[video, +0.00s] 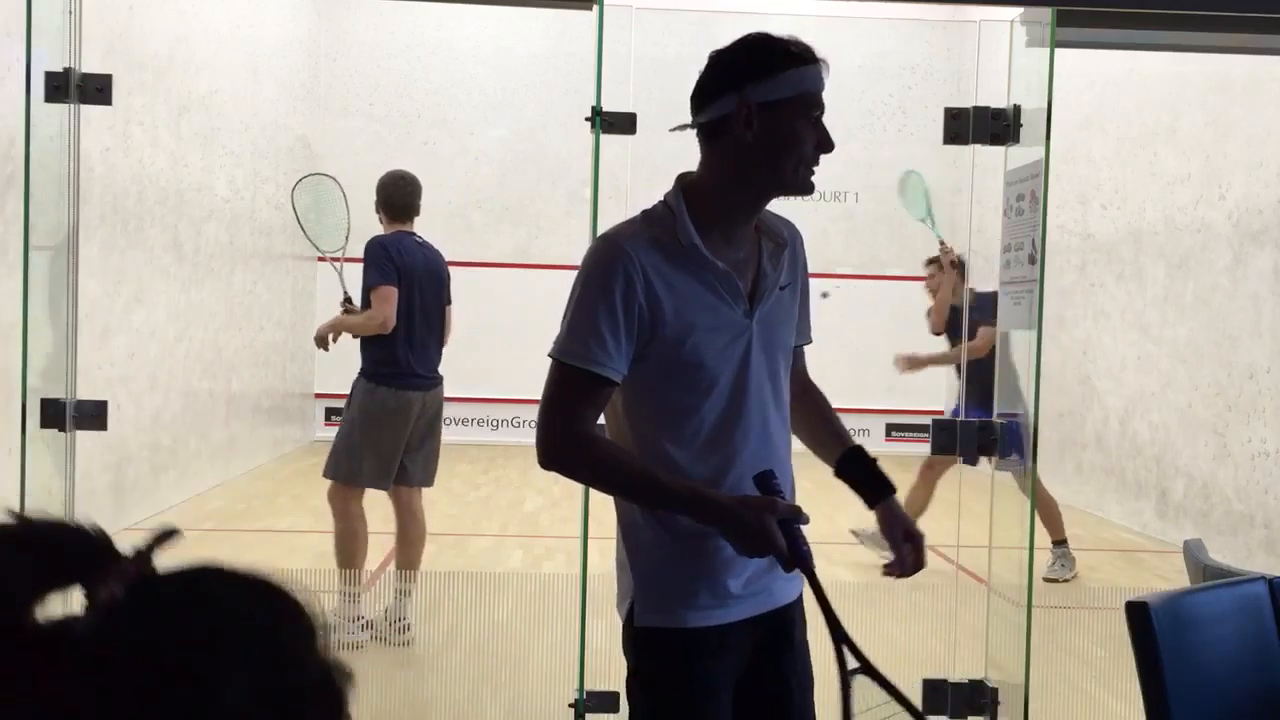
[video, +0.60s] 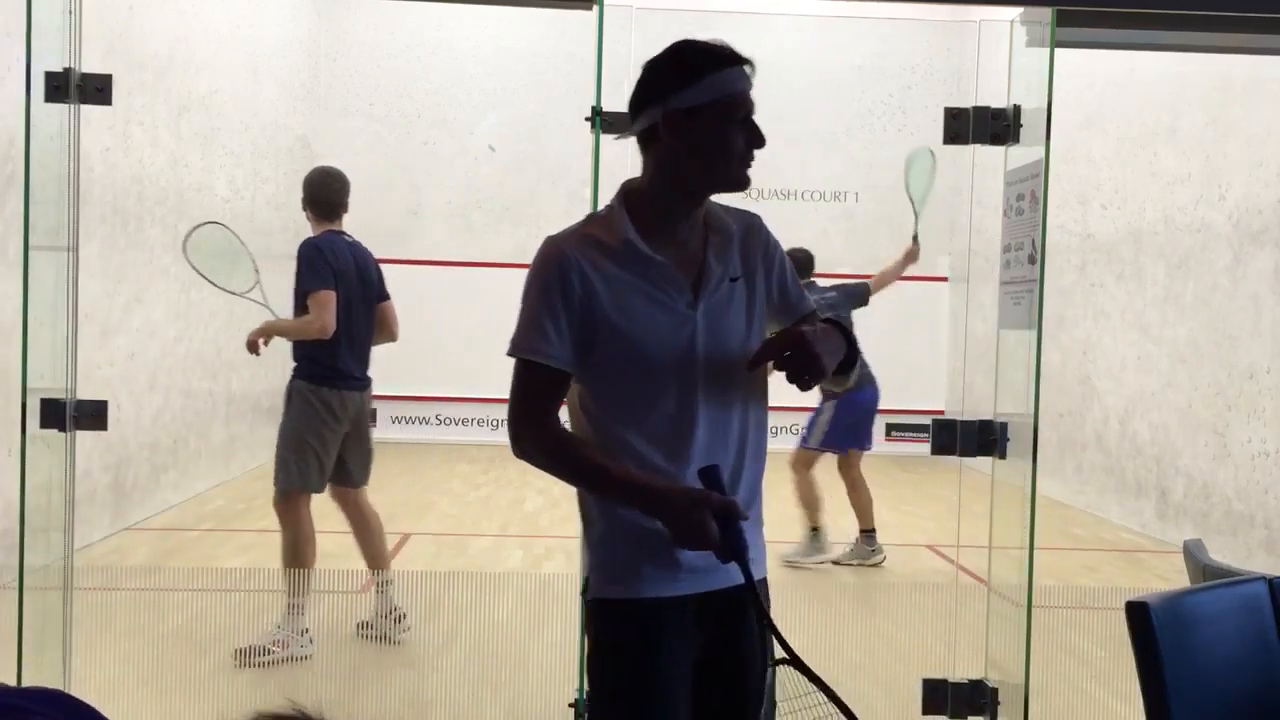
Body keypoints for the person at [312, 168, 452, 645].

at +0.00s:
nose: (378, 213)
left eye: (376, 206)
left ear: (379, 208)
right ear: (418, 209)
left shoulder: (382, 248)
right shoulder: (436, 258)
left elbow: (380, 318)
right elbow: (443, 333)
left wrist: (338, 324)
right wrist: (375, 321)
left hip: (382, 394)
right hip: (427, 395)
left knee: (344, 494)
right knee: (408, 494)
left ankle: (349, 616)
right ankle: (402, 613)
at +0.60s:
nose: (305, 211)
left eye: (303, 204)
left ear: (305, 206)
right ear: (347, 206)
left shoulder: (315, 250)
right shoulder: (364, 256)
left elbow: (321, 323)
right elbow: (387, 329)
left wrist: (269, 328)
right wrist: (336, 337)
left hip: (316, 396)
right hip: (356, 397)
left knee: (290, 499)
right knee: (348, 491)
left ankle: (294, 628)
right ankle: (391, 609)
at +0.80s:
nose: (270, 203)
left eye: (270, 195)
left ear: (273, 200)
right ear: (313, 201)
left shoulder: (284, 246)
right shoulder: (328, 253)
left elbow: (277, 321)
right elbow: (340, 329)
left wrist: (225, 323)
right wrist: (268, 330)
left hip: (288, 389)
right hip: (314, 389)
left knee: (283, 500)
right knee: (257, 479)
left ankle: (293, 630)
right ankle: (305, 592)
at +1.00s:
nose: (238, 208)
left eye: (239, 201)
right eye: (247, 201)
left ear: (244, 205)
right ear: (284, 207)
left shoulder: (268, 254)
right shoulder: (278, 257)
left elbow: (225, 301)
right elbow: (240, 325)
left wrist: (168, 318)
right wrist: (186, 310)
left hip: (263, 394)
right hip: (264, 392)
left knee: (245, 507)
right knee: (211, 483)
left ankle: (289, 629)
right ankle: (168, 604)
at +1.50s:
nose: (210, 206)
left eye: (212, 199)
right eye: (217, 198)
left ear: (216, 203)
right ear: (255, 206)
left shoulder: (208, 248)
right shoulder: (266, 258)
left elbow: (178, 315)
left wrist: (162, 321)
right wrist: (185, 310)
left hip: (194, 385)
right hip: (241, 391)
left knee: (171, 495)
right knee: (189, 496)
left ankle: (255, 583)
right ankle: (145, 607)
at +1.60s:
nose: (224, 209)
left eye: (225, 203)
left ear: (226, 208)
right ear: (268, 214)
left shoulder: (210, 252)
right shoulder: (278, 269)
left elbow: (172, 317)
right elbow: (254, 335)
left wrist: (156, 302)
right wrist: (187, 344)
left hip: (196, 390)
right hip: (246, 399)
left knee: (158, 496)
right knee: (195, 503)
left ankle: (217, 599)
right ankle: (142, 613)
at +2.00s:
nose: (348, 245)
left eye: (339, 236)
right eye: (349, 239)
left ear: (311, 237)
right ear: (346, 243)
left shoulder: (277, 273)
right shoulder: (350, 294)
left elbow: (239, 333)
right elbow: (364, 365)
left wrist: (275, 336)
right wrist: (363, 397)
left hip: (257, 398)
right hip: (313, 403)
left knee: (231, 499)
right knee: (340, 481)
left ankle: (216, 608)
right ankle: (312, 580)